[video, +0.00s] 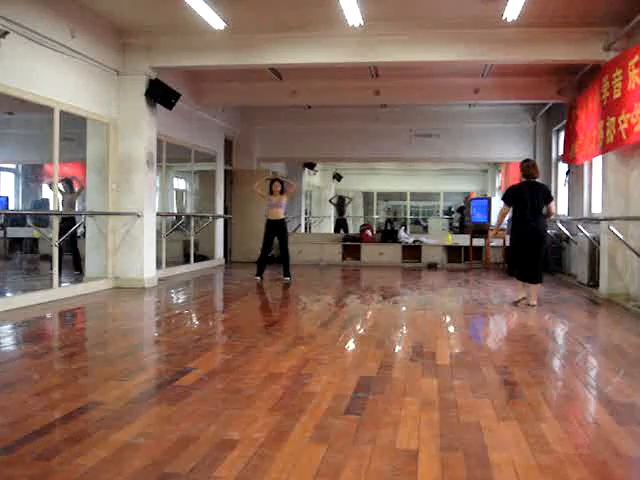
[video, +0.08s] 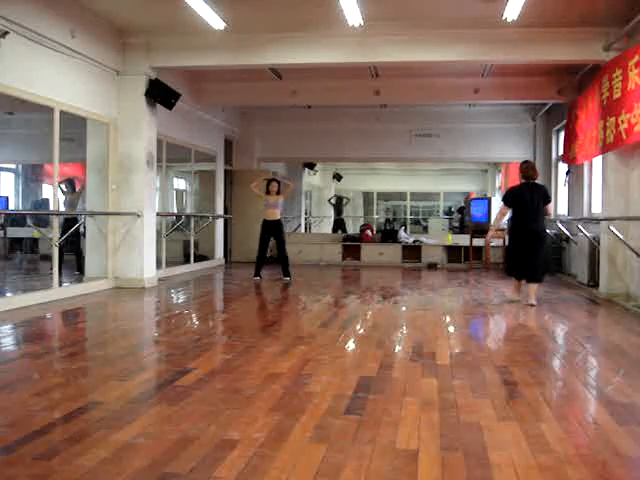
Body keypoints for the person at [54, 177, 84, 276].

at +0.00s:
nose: (64, 187)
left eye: (65, 185)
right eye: (64, 185)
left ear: (69, 185)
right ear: (65, 186)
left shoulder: (73, 195)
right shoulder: (64, 195)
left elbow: (82, 188)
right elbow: (55, 189)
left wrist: (78, 181)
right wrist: (54, 183)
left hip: (70, 218)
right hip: (63, 218)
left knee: (73, 245)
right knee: (59, 245)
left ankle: (78, 269)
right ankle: (57, 270)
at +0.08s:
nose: (66, 188)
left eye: (68, 185)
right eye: (66, 185)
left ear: (72, 186)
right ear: (67, 186)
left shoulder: (76, 195)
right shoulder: (67, 195)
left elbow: (83, 187)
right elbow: (63, 192)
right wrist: (60, 185)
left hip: (73, 218)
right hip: (66, 218)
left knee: (76, 246)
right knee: (61, 245)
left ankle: (80, 271)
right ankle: (58, 272)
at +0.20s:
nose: (69, 188)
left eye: (71, 186)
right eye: (68, 186)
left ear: (75, 186)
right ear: (68, 187)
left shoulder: (81, 196)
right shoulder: (72, 197)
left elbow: (83, 208)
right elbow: (73, 209)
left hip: (80, 219)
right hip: (72, 219)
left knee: (81, 246)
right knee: (68, 245)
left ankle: (81, 272)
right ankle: (64, 272)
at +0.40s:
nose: (73, 189)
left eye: (74, 186)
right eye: (72, 187)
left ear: (78, 186)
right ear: (76, 186)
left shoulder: (81, 197)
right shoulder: (78, 197)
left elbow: (81, 210)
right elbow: (77, 210)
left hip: (82, 222)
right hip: (78, 221)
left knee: (81, 248)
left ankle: (80, 271)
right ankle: (79, 270)